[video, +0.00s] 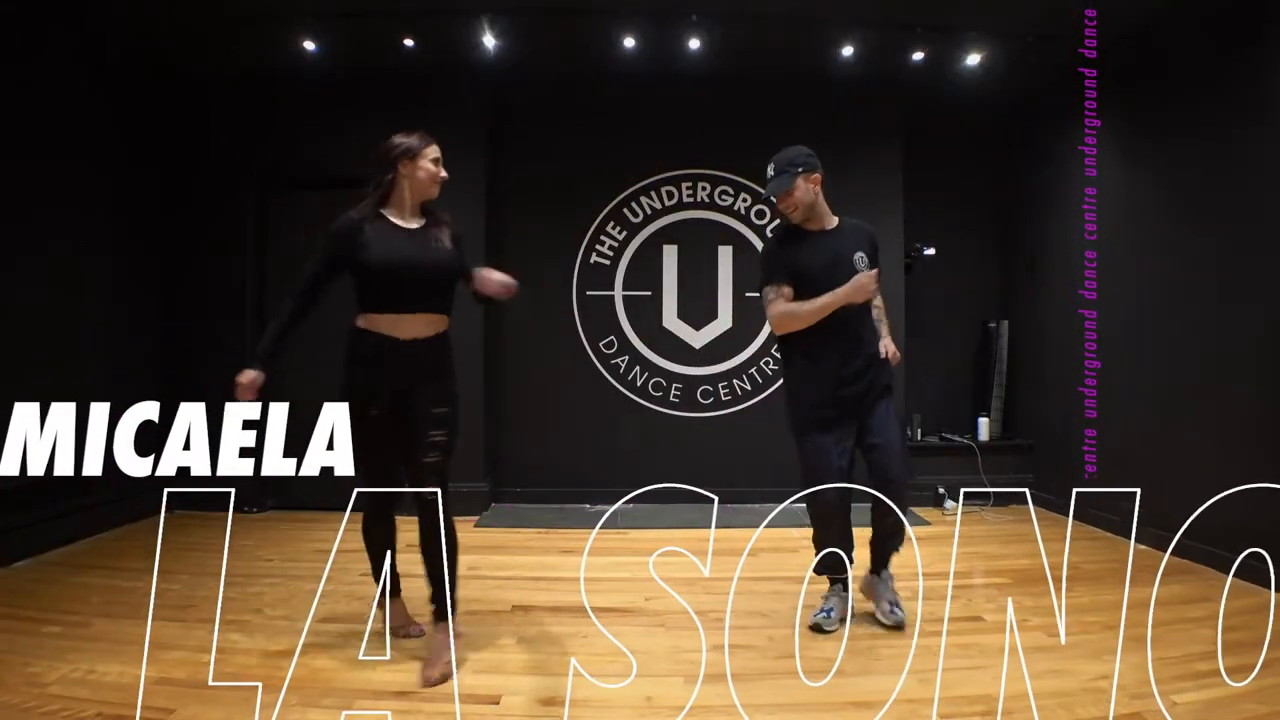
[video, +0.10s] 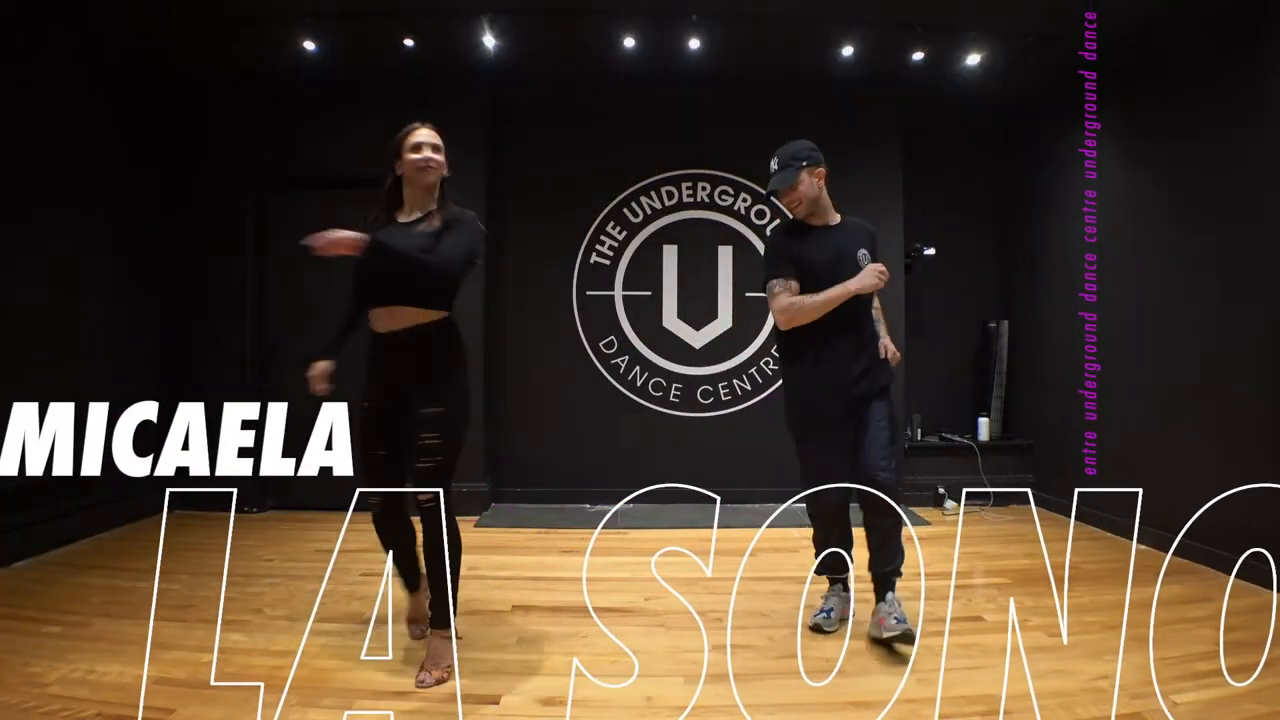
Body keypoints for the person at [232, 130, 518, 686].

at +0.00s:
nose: (443, 171)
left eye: (443, 163)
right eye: (434, 162)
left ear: (428, 171)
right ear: (403, 167)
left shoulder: (445, 230)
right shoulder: (357, 227)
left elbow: (462, 288)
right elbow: (307, 294)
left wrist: (485, 287)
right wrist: (260, 364)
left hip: (432, 364)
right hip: (371, 362)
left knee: (431, 491)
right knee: (376, 490)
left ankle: (445, 624)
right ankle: (391, 597)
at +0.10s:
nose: (429, 156)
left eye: (436, 149)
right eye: (417, 149)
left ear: (447, 164)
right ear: (398, 165)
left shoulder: (463, 225)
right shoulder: (377, 228)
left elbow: (440, 269)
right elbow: (356, 298)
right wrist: (328, 355)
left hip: (436, 356)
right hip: (381, 358)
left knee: (432, 495)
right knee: (384, 499)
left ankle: (442, 633)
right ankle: (415, 588)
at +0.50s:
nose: (469, 175)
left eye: (458, 161)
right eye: (470, 166)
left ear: (419, 172)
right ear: (478, 176)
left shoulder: (392, 224)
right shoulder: (487, 225)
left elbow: (370, 315)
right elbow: (543, 283)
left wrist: (411, 319)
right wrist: (497, 300)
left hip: (410, 362)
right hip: (470, 364)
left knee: (415, 503)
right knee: (456, 483)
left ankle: (428, 646)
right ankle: (450, 591)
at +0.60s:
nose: (499, 183)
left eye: (499, 174)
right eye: (494, 173)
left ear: (449, 173)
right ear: (469, 172)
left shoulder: (410, 224)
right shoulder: (493, 225)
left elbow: (374, 305)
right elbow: (544, 291)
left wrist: (398, 363)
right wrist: (508, 242)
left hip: (418, 360)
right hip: (477, 359)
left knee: (419, 503)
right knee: (495, 493)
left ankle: (423, 634)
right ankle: (471, 611)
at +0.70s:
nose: (508, 182)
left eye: (507, 172)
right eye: (501, 172)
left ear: (465, 176)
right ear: (473, 174)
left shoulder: (424, 227)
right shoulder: (492, 227)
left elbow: (378, 299)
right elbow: (532, 299)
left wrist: (386, 369)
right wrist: (539, 260)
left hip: (430, 364)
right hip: (484, 364)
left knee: (444, 498)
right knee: (493, 500)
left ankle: (418, 623)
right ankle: (470, 624)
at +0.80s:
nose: (516, 184)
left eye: (515, 174)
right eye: (508, 174)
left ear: (477, 180)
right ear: (477, 177)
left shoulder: (444, 228)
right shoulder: (490, 230)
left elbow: (389, 292)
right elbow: (522, 304)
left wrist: (387, 354)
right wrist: (560, 277)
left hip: (444, 355)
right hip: (483, 357)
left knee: (479, 484)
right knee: (489, 486)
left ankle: (425, 590)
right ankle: (468, 617)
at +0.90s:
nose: (527, 182)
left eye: (526, 173)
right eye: (517, 174)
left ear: (492, 183)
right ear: (487, 180)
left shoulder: (464, 230)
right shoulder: (496, 231)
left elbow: (420, 291)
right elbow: (513, 309)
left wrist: (442, 329)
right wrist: (586, 323)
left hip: (461, 366)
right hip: (485, 369)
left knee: (485, 481)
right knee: (499, 480)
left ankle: (464, 596)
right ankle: (465, 616)